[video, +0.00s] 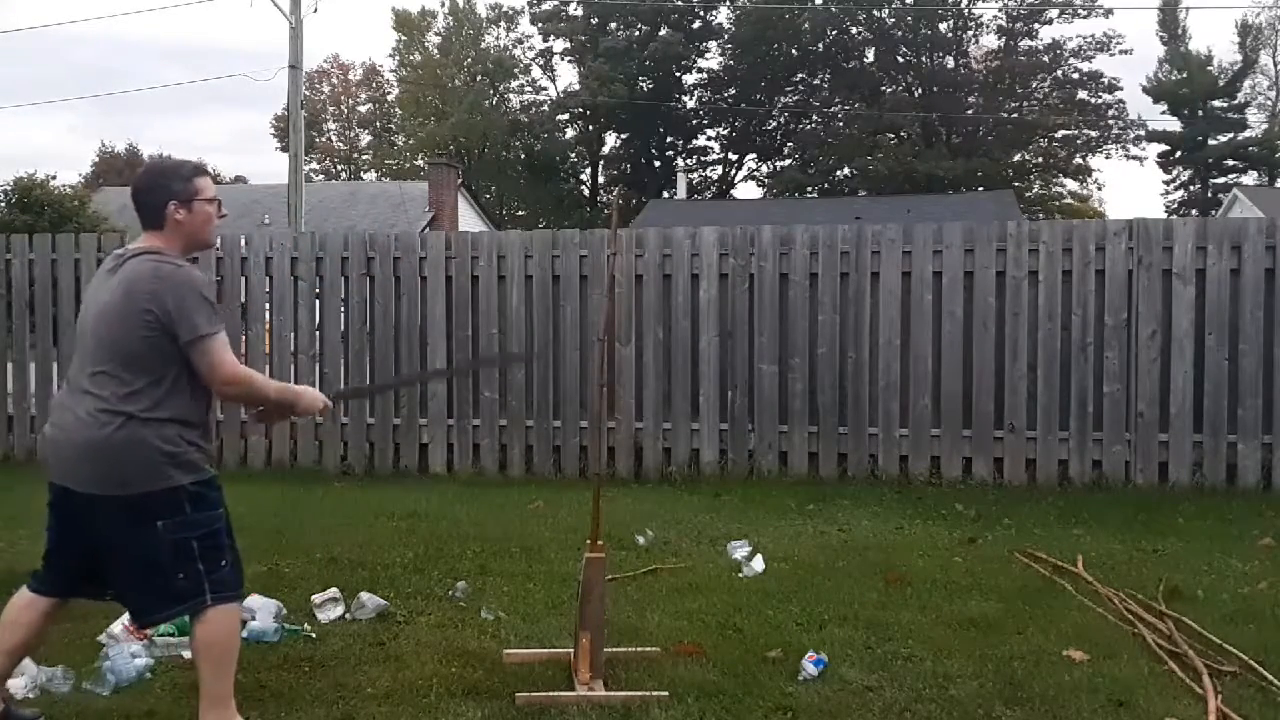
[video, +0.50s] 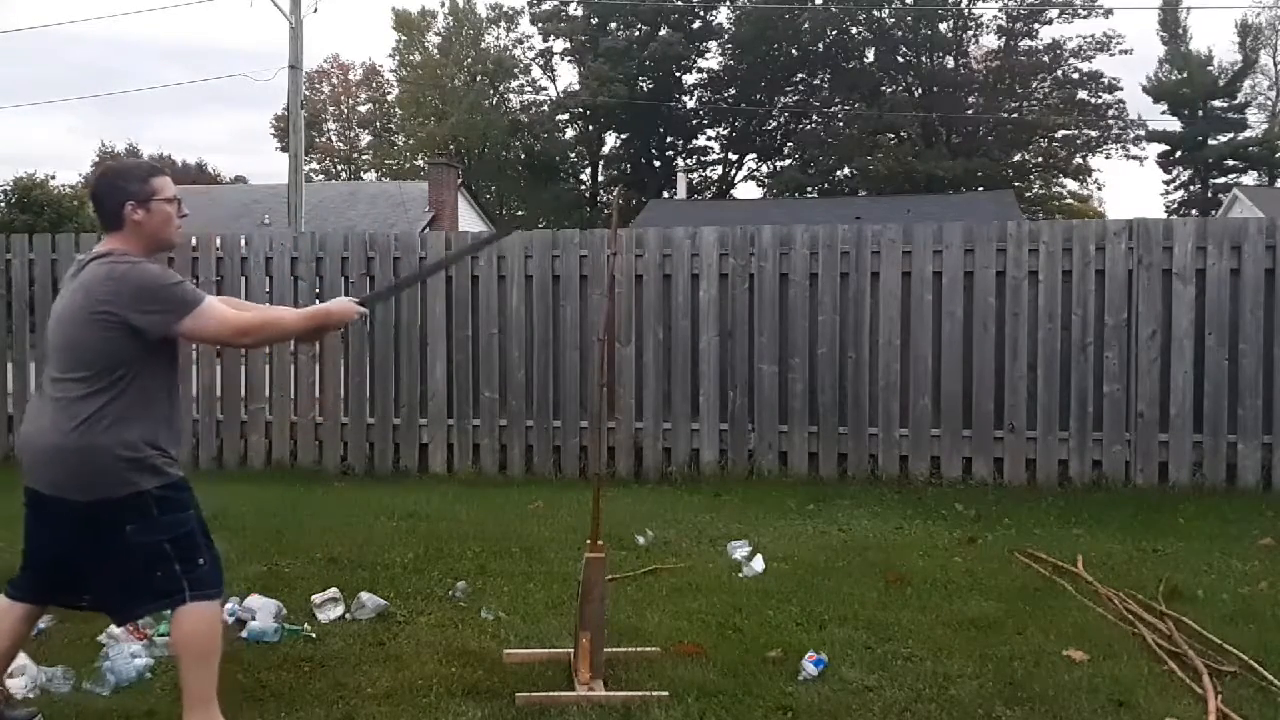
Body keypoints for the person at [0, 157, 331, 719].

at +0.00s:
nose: (221, 213)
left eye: (219, 202)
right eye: (212, 203)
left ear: (163, 214)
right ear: (175, 211)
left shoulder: (115, 268)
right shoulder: (178, 278)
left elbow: (157, 369)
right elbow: (226, 376)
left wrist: (253, 400)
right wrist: (293, 395)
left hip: (72, 453)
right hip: (151, 459)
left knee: (52, 583)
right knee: (217, 590)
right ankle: (219, 711)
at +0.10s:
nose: (204, 214)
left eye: (202, 203)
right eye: (196, 204)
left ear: (151, 214)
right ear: (160, 212)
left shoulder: (101, 271)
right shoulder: (161, 281)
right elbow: (214, 374)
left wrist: (259, 389)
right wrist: (290, 380)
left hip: (63, 455)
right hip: (140, 461)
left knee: (44, 584)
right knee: (210, 589)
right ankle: (218, 710)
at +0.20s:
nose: (187, 213)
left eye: (185, 202)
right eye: (178, 203)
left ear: (137, 213)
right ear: (141, 212)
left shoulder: (88, 272)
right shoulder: (142, 281)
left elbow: (187, 350)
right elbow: (210, 361)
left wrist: (265, 362)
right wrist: (293, 358)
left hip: (52, 457)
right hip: (125, 462)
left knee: (33, 585)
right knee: (198, 587)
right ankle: (217, 708)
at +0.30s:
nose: (176, 213)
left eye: (173, 202)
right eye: (166, 203)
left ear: (121, 214)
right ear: (128, 211)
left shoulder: (84, 272)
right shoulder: (127, 281)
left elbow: (203, 325)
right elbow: (207, 346)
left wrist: (282, 340)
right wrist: (298, 335)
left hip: (42, 457)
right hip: (112, 460)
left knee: (22, 586)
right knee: (196, 579)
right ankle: (214, 708)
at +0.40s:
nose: (173, 211)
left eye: (170, 200)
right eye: (163, 201)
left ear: (120, 213)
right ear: (126, 210)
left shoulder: (82, 270)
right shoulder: (127, 278)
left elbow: (200, 325)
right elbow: (217, 330)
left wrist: (278, 329)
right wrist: (305, 319)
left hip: (42, 458)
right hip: (114, 461)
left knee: (21, 588)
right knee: (193, 584)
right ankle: (200, 710)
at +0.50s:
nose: (182, 213)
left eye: (178, 201)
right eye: (171, 202)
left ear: (128, 214)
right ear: (135, 212)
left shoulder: (90, 272)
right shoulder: (140, 280)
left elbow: (210, 318)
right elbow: (233, 326)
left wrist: (291, 321)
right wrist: (318, 317)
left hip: (50, 460)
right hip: (124, 464)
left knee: (30, 588)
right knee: (199, 586)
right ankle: (202, 712)